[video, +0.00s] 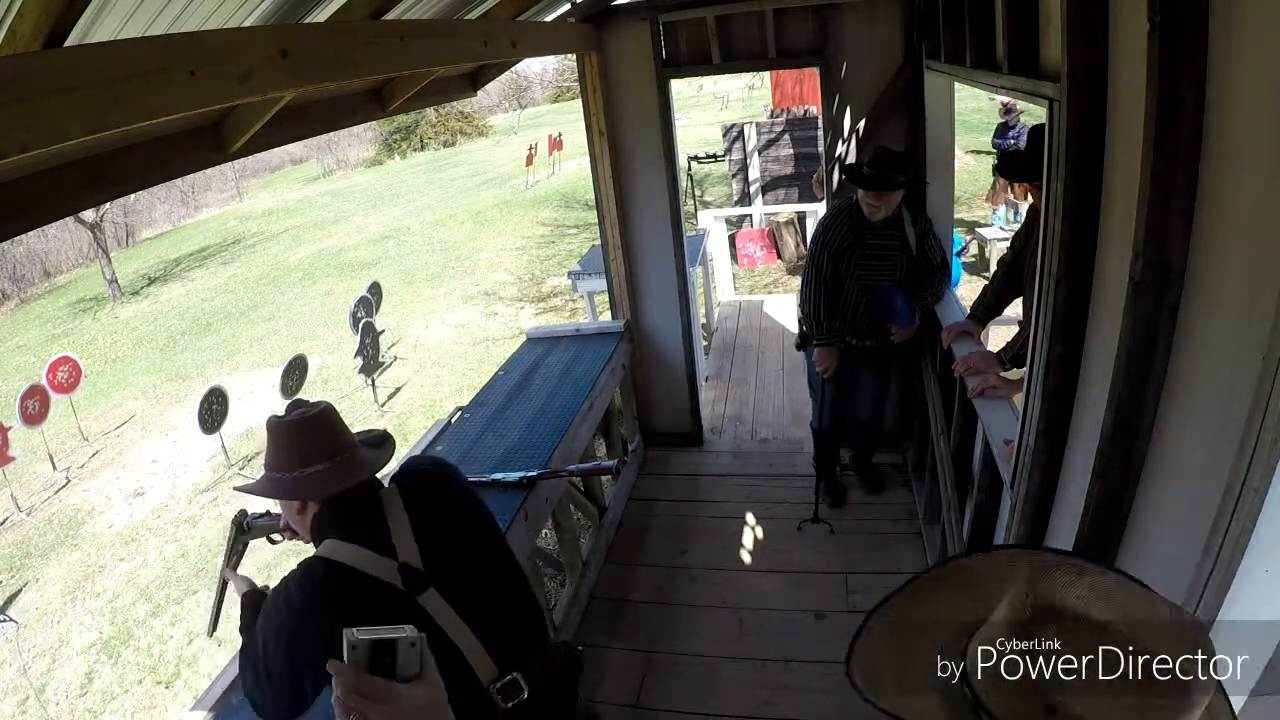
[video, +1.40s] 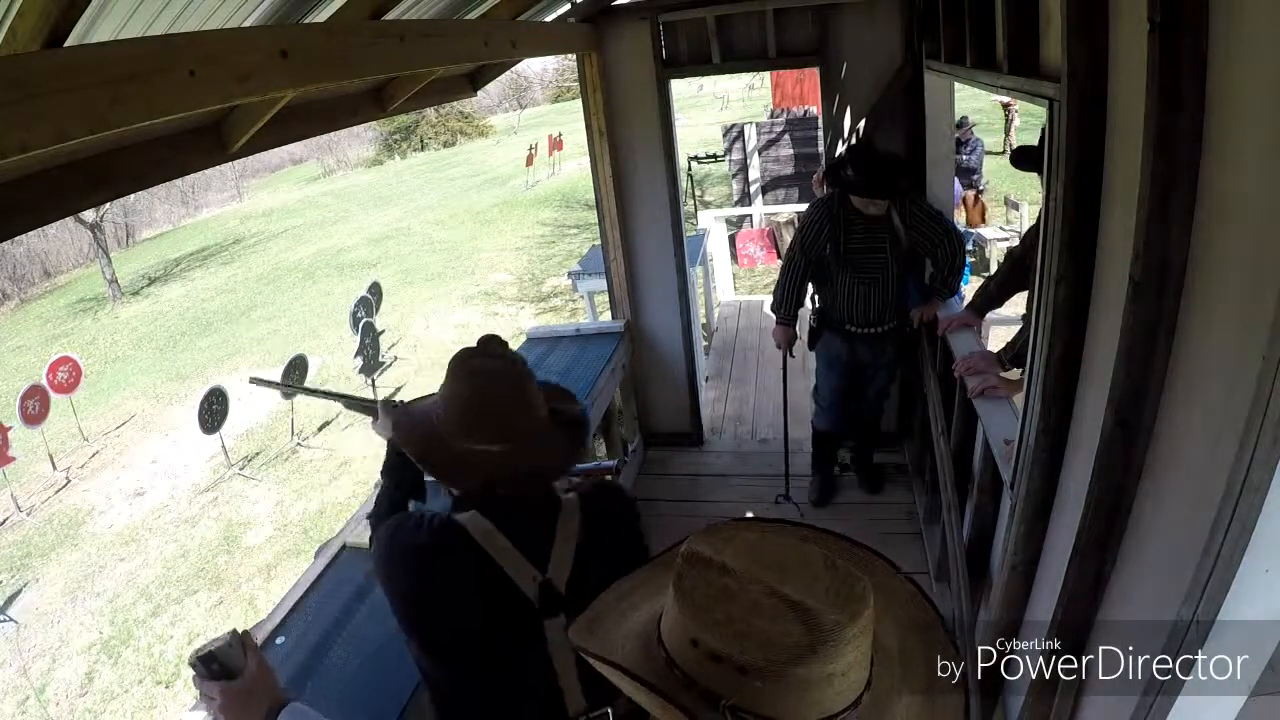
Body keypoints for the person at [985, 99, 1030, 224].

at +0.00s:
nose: (1008, 120)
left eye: (1011, 117)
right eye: (1006, 117)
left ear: (1016, 115)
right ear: (1004, 116)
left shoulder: (1024, 128)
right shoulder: (1001, 127)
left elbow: (1021, 145)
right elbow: (994, 143)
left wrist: (1001, 144)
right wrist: (1012, 142)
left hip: (1018, 166)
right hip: (1002, 164)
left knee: (1018, 194)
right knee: (999, 193)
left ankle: (1019, 221)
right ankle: (997, 221)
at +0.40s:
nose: (993, 123)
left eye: (995, 120)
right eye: (992, 120)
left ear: (1001, 118)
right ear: (991, 119)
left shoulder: (1010, 130)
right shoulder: (987, 131)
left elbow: (1009, 148)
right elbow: (982, 147)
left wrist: (988, 148)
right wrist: (1001, 146)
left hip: (1005, 169)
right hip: (990, 168)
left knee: (1003, 197)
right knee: (991, 197)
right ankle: (994, 222)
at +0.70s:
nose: (984, 130)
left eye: (986, 127)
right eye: (982, 127)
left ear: (992, 125)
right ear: (980, 126)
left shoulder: (1001, 137)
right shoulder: (978, 136)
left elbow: (995, 155)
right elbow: (971, 153)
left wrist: (974, 154)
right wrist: (988, 153)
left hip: (995, 177)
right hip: (980, 176)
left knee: (993, 205)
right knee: (982, 205)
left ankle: (994, 227)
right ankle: (985, 225)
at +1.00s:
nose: (975, 131)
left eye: (978, 128)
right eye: (974, 128)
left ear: (986, 126)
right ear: (973, 127)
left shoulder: (992, 139)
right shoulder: (970, 136)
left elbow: (986, 159)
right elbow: (961, 153)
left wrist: (970, 155)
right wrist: (976, 153)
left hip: (983, 178)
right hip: (968, 176)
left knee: (980, 209)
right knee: (965, 208)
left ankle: (979, 229)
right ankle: (968, 227)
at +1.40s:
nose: (961, 134)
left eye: (964, 131)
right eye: (960, 131)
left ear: (970, 130)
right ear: (958, 131)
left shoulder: (978, 143)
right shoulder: (955, 142)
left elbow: (974, 164)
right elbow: (948, 157)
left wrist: (956, 159)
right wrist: (964, 158)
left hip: (971, 185)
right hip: (955, 184)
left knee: (972, 219)